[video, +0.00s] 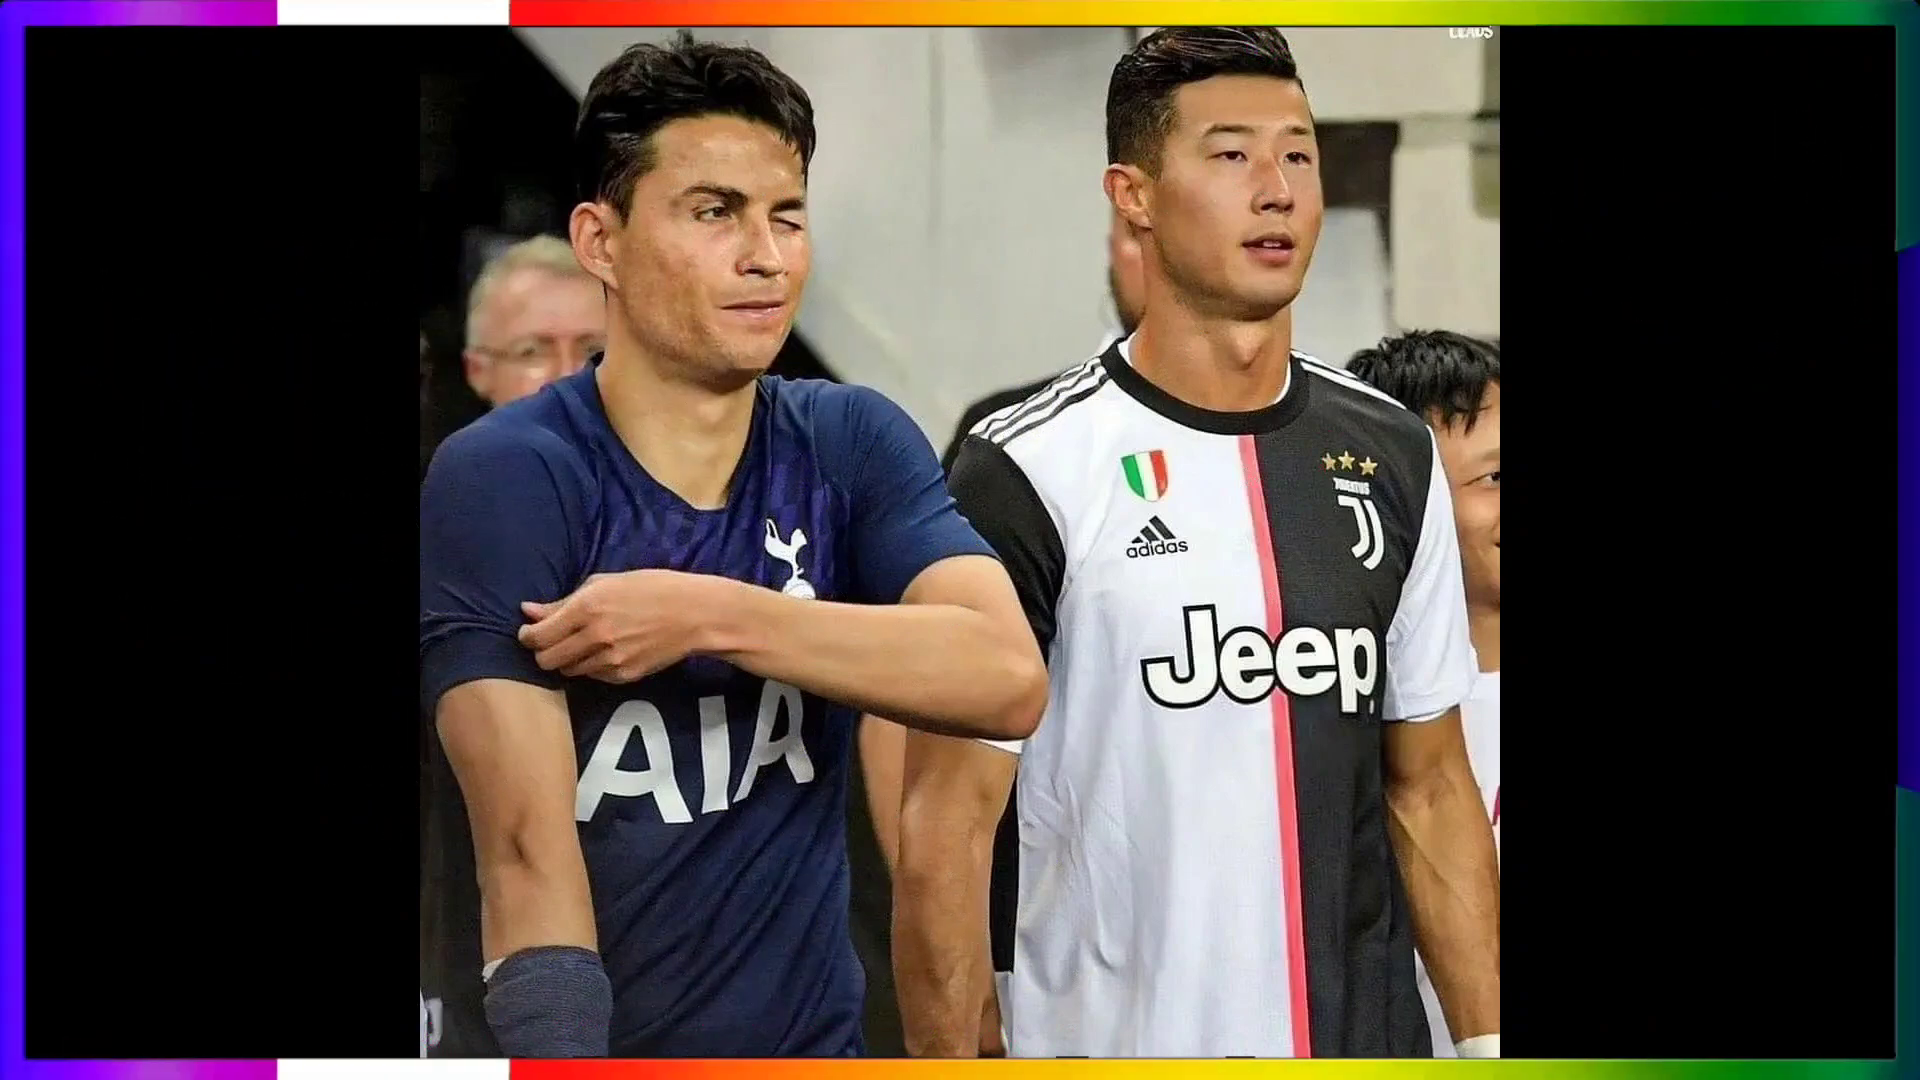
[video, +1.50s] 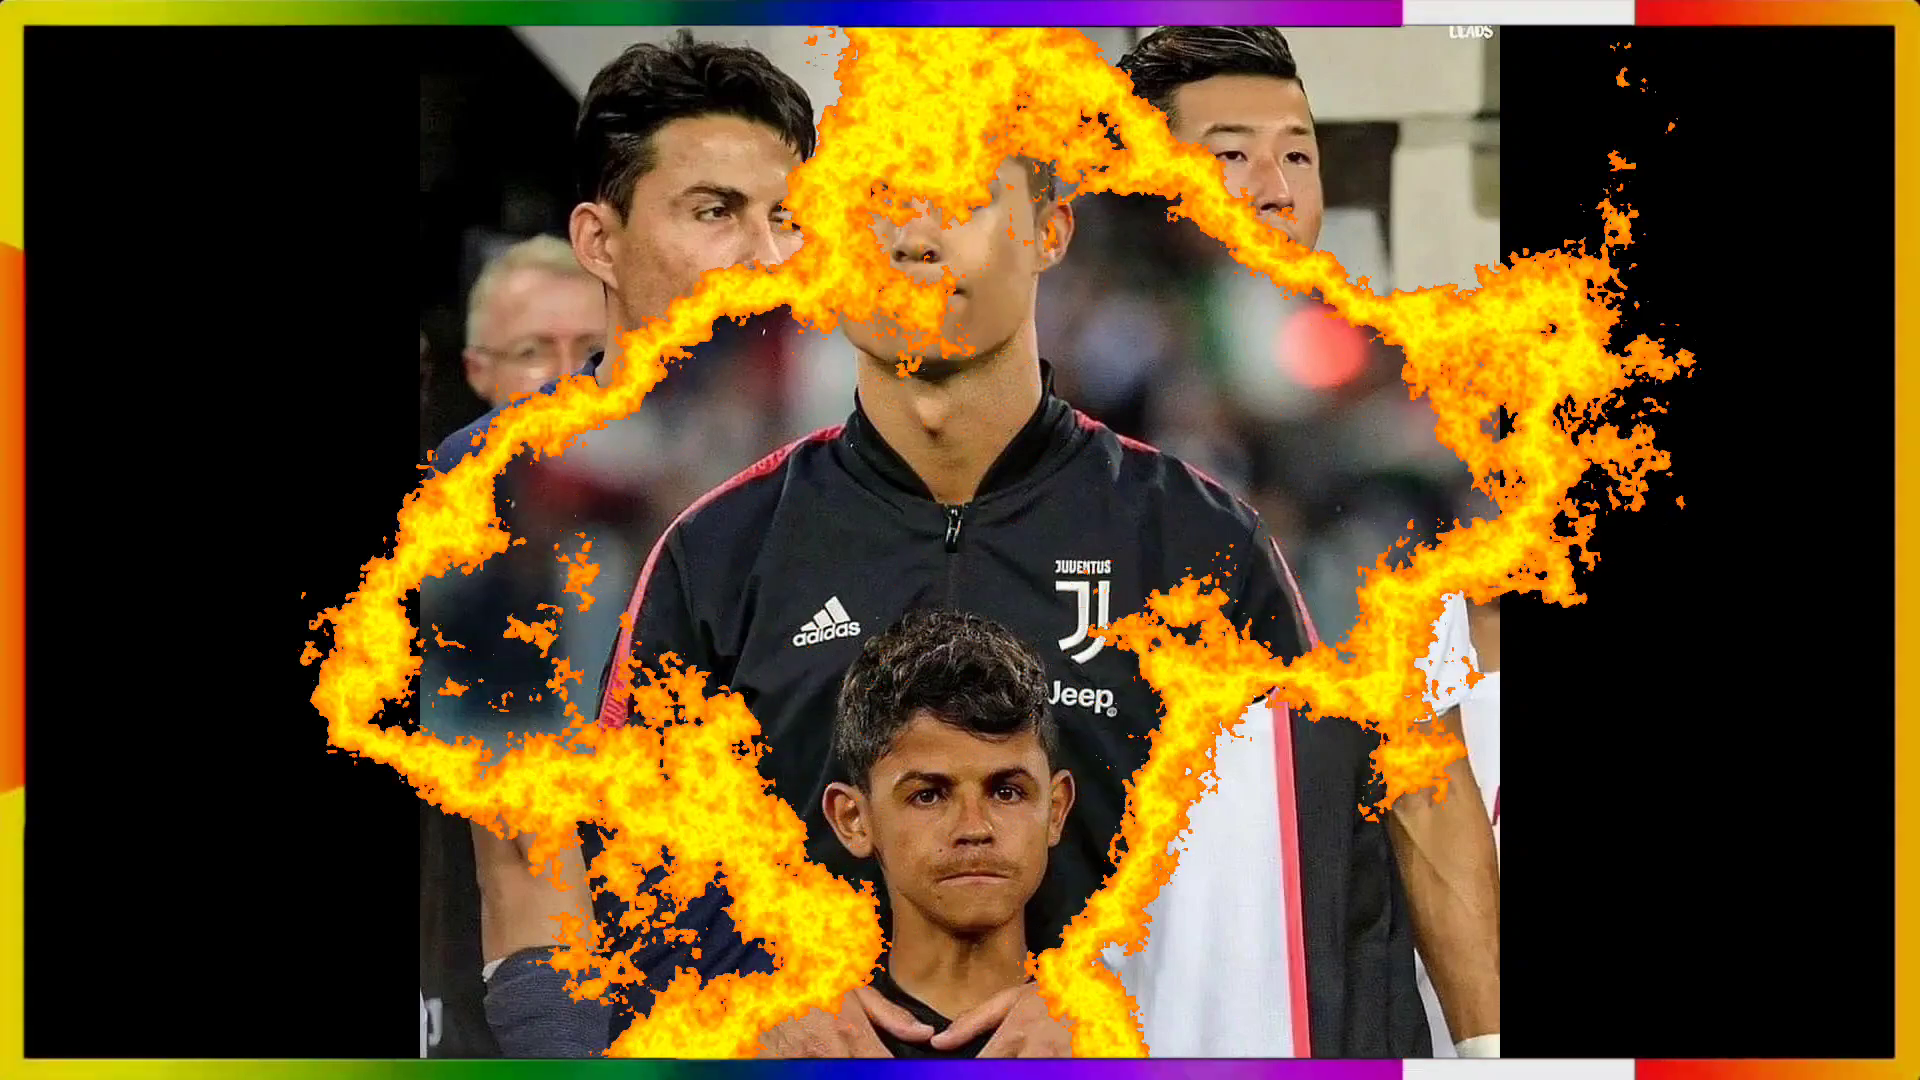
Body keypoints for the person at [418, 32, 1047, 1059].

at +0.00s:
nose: (765, 257)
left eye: (785, 217)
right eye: (712, 212)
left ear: (809, 235)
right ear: (601, 242)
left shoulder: (856, 439)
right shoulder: (500, 476)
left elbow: (1009, 681)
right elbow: (525, 850)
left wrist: (714, 613)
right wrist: (559, 1059)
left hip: (810, 1040)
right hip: (600, 1037)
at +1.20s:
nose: (767, 260)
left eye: (787, 219)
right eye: (715, 212)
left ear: (811, 236)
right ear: (600, 241)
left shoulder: (846, 453)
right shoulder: (497, 475)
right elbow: (524, 855)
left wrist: (708, 619)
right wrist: (560, 1060)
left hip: (813, 1037)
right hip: (602, 1037)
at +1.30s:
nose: (766, 259)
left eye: (788, 220)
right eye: (714, 212)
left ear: (811, 238)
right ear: (600, 241)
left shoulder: (857, 453)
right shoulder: (492, 477)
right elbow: (524, 845)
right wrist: (560, 1053)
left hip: (841, 1030)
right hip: (614, 1034)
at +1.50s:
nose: (766, 257)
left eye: (787, 218)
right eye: (714, 211)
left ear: (809, 234)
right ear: (598, 239)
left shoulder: (830, 461)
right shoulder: (497, 478)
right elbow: (527, 856)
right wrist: (571, 1047)